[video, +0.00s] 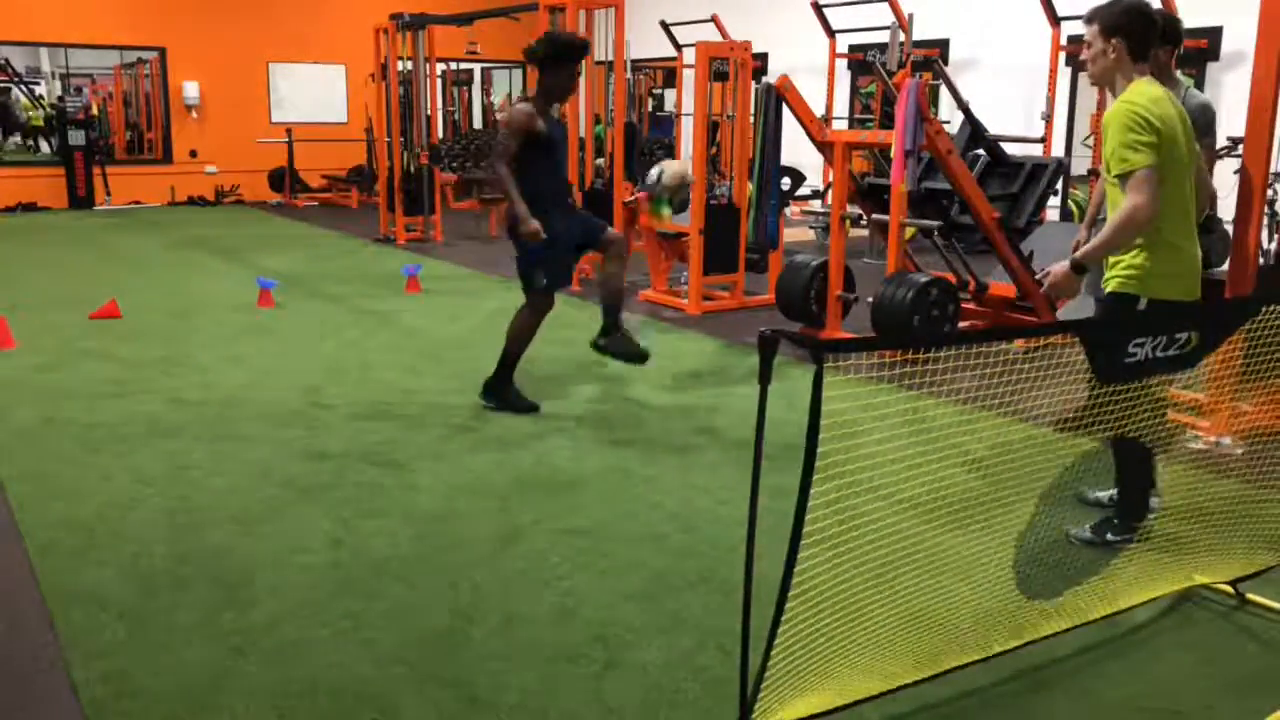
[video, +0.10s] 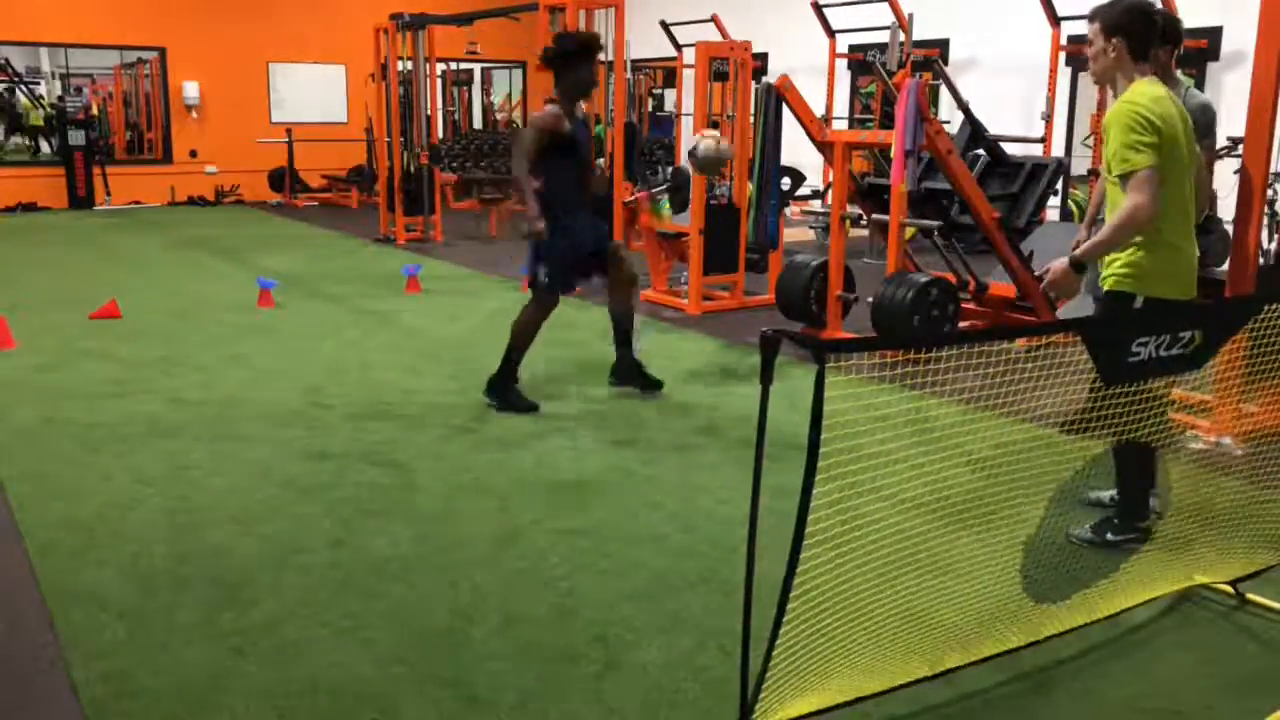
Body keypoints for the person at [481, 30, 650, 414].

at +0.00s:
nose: (575, 85)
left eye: (577, 76)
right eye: (571, 76)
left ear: (558, 77)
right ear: (549, 74)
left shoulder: (552, 119)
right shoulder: (522, 115)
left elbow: (551, 175)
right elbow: (499, 165)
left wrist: (570, 209)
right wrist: (523, 215)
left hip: (564, 216)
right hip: (536, 222)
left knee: (616, 243)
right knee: (540, 301)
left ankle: (612, 331)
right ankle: (499, 383)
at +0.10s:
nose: (596, 77)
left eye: (595, 69)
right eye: (590, 69)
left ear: (578, 74)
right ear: (568, 73)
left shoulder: (581, 118)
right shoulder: (543, 120)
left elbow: (581, 170)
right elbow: (520, 170)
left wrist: (602, 186)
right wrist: (534, 215)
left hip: (586, 223)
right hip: (557, 225)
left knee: (621, 275)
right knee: (543, 301)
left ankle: (625, 362)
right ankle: (502, 380)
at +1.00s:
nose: (611, 124)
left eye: (613, 118)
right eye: (612, 118)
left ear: (618, 121)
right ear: (645, 121)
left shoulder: (625, 158)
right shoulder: (663, 151)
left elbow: (624, 207)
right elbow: (681, 185)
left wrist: (603, 241)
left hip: (668, 248)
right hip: (698, 239)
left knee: (656, 320)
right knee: (706, 311)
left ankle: (714, 365)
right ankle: (760, 337)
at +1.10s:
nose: (577, 122)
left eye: (579, 117)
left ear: (584, 119)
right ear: (613, 119)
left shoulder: (588, 152)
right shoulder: (628, 149)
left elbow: (554, 187)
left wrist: (518, 204)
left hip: (639, 231)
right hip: (660, 224)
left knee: (655, 307)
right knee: (654, 296)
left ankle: (715, 362)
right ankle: (668, 337)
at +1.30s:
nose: (508, 103)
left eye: (510, 98)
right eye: (511, 98)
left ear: (515, 103)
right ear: (538, 104)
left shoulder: (517, 131)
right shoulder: (545, 136)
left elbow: (504, 147)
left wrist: (455, 133)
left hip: (548, 222)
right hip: (566, 217)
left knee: (535, 284)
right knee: (566, 281)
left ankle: (592, 316)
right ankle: (597, 329)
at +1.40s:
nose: (463, 96)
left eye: (465, 91)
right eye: (464, 90)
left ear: (471, 94)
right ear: (492, 96)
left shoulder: (479, 117)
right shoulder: (498, 126)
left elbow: (483, 137)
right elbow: (488, 172)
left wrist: (442, 137)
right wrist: (463, 197)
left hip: (495, 208)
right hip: (517, 206)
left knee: (461, 251)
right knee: (539, 267)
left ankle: (483, 317)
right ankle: (590, 310)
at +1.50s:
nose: (411, 101)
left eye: (414, 95)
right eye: (412, 94)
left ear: (422, 100)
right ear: (442, 101)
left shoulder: (434, 123)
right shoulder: (446, 129)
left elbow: (449, 148)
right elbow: (436, 177)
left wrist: (435, 165)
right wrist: (414, 199)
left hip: (455, 209)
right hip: (467, 207)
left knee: (419, 254)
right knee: (487, 270)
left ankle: (397, 305)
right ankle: (541, 279)